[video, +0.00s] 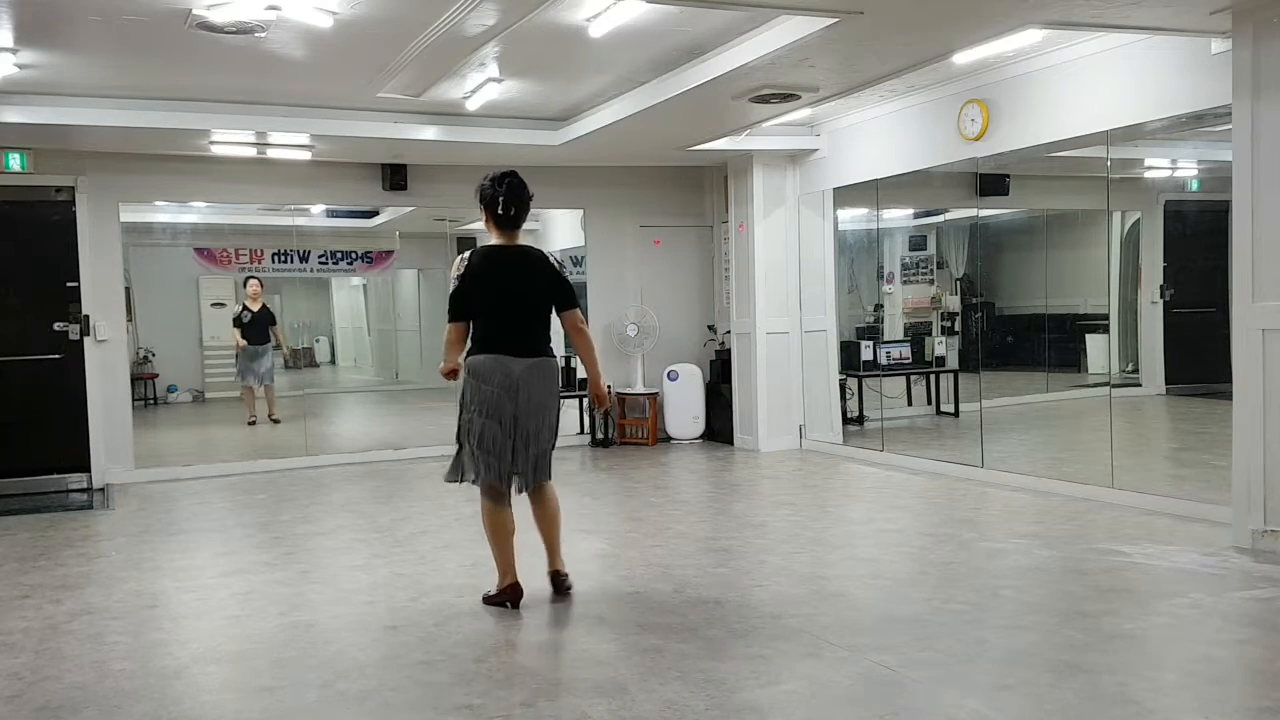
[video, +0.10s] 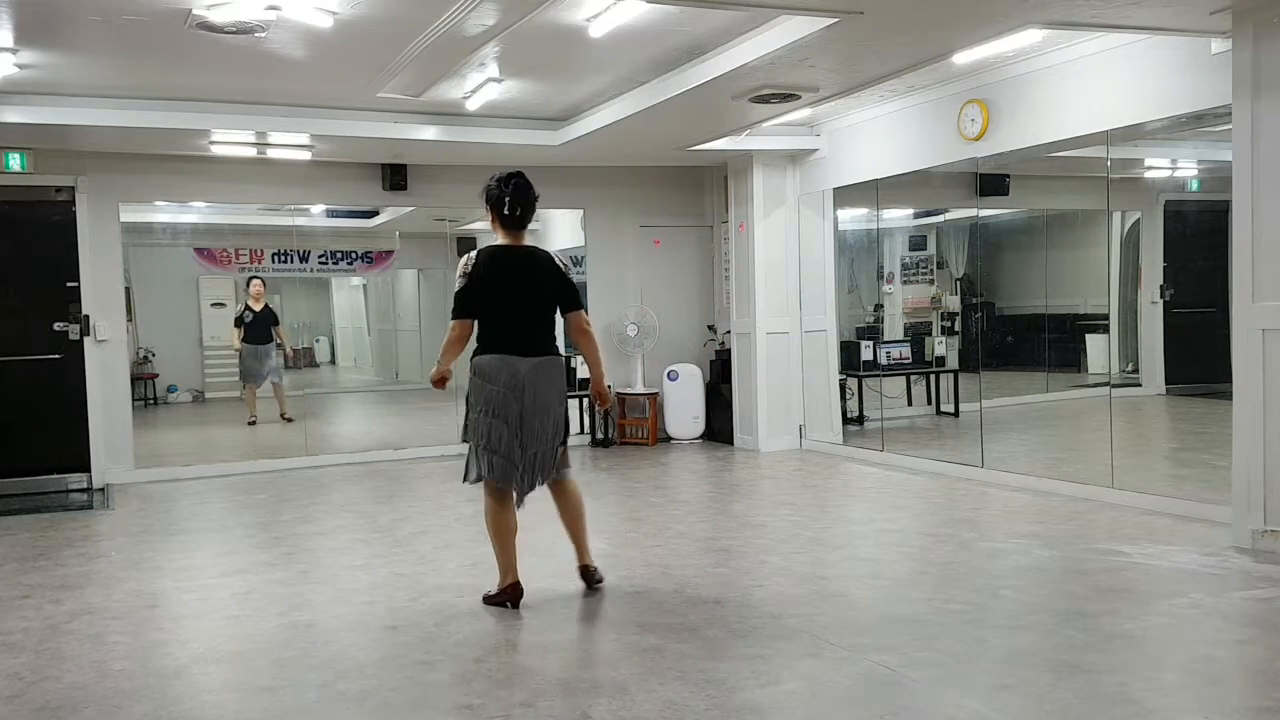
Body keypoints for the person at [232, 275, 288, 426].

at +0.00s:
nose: (254, 289)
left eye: (257, 286)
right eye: (251, 286)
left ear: (262, 289)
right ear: (245, 290)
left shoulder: (267, 309)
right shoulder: (240, 308)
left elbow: (275, 329)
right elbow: (236, 327)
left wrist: (283, 346)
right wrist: (239, 339)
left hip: (265, 349)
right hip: (247, 350)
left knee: (268, 382)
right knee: (247, 384)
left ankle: (272, 412)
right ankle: (252, 414)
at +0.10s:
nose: (258, 289)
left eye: (260, 286)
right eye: (254, 286)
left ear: (264, 289)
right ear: (248, 289)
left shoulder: (269, 308)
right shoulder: (243, 308)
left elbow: (278, 329)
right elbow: (236, 327)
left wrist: (287, 346)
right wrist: (236, 341)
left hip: (269, 348)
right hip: (249, 349)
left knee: (277, 380)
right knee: (250, 384)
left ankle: (283, 412)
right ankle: (253, 414)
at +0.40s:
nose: (273, 287)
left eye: (275, 284)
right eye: (269, 285)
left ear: (279, 287)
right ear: (263, 288)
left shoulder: (286, 307)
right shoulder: (260, 307)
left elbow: (295, 326)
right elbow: (249, 326)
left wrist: (304, 339)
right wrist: (236, 335)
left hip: (287, 347)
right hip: (267, 348)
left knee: (295, 379)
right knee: (261, 382)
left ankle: (302, 411)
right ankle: (254, 413)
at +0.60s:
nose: (283, 287)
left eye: (285, 284)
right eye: (279, 285)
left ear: (290, 287)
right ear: (274, 288)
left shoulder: (298, 307)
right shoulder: (270, 307)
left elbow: (310, 323)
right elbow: (262, 327)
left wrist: (322, 337)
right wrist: (251, 331)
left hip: (298, 347)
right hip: (278, 348)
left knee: (301, 380)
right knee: (276, 381)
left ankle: (304, 412)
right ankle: (274, 413)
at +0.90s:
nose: (287, 287)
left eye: (290, 284)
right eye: (284, 285)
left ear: (294, 287)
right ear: (278, 288)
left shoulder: (300, 306)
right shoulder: (273, 307)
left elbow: (312, 324)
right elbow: (267, 327)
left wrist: (323, 338)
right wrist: (273, 324)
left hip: (302, 347)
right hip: (283, 349)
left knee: (304, 381)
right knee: (288, 382)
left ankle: (305, 411)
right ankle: (292, 412)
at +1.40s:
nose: (285, 291)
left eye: (288, 288)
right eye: (282, 288)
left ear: (292, 291)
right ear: (277, 291)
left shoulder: (299, 310)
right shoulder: (272, 309)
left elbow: (309, 327)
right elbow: (266, 328)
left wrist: (316, 344)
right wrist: (258, 339)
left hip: (297, 349)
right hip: (279, 350)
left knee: (295, 381)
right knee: (284, 381)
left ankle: (291, 406)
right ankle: (291, 411)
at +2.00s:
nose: (280, 291)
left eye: (282, 288)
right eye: (277, 288)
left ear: (287, 290)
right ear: (272, 291)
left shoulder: (295, 309)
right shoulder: (266, 310)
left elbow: (304, 328)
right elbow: (262, 328)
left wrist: (312, 345)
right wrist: (261, 341)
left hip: (292, 346)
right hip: (274, 347)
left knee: (291, 380)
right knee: (277, 379)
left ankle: (290, 409)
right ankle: (276, 409)